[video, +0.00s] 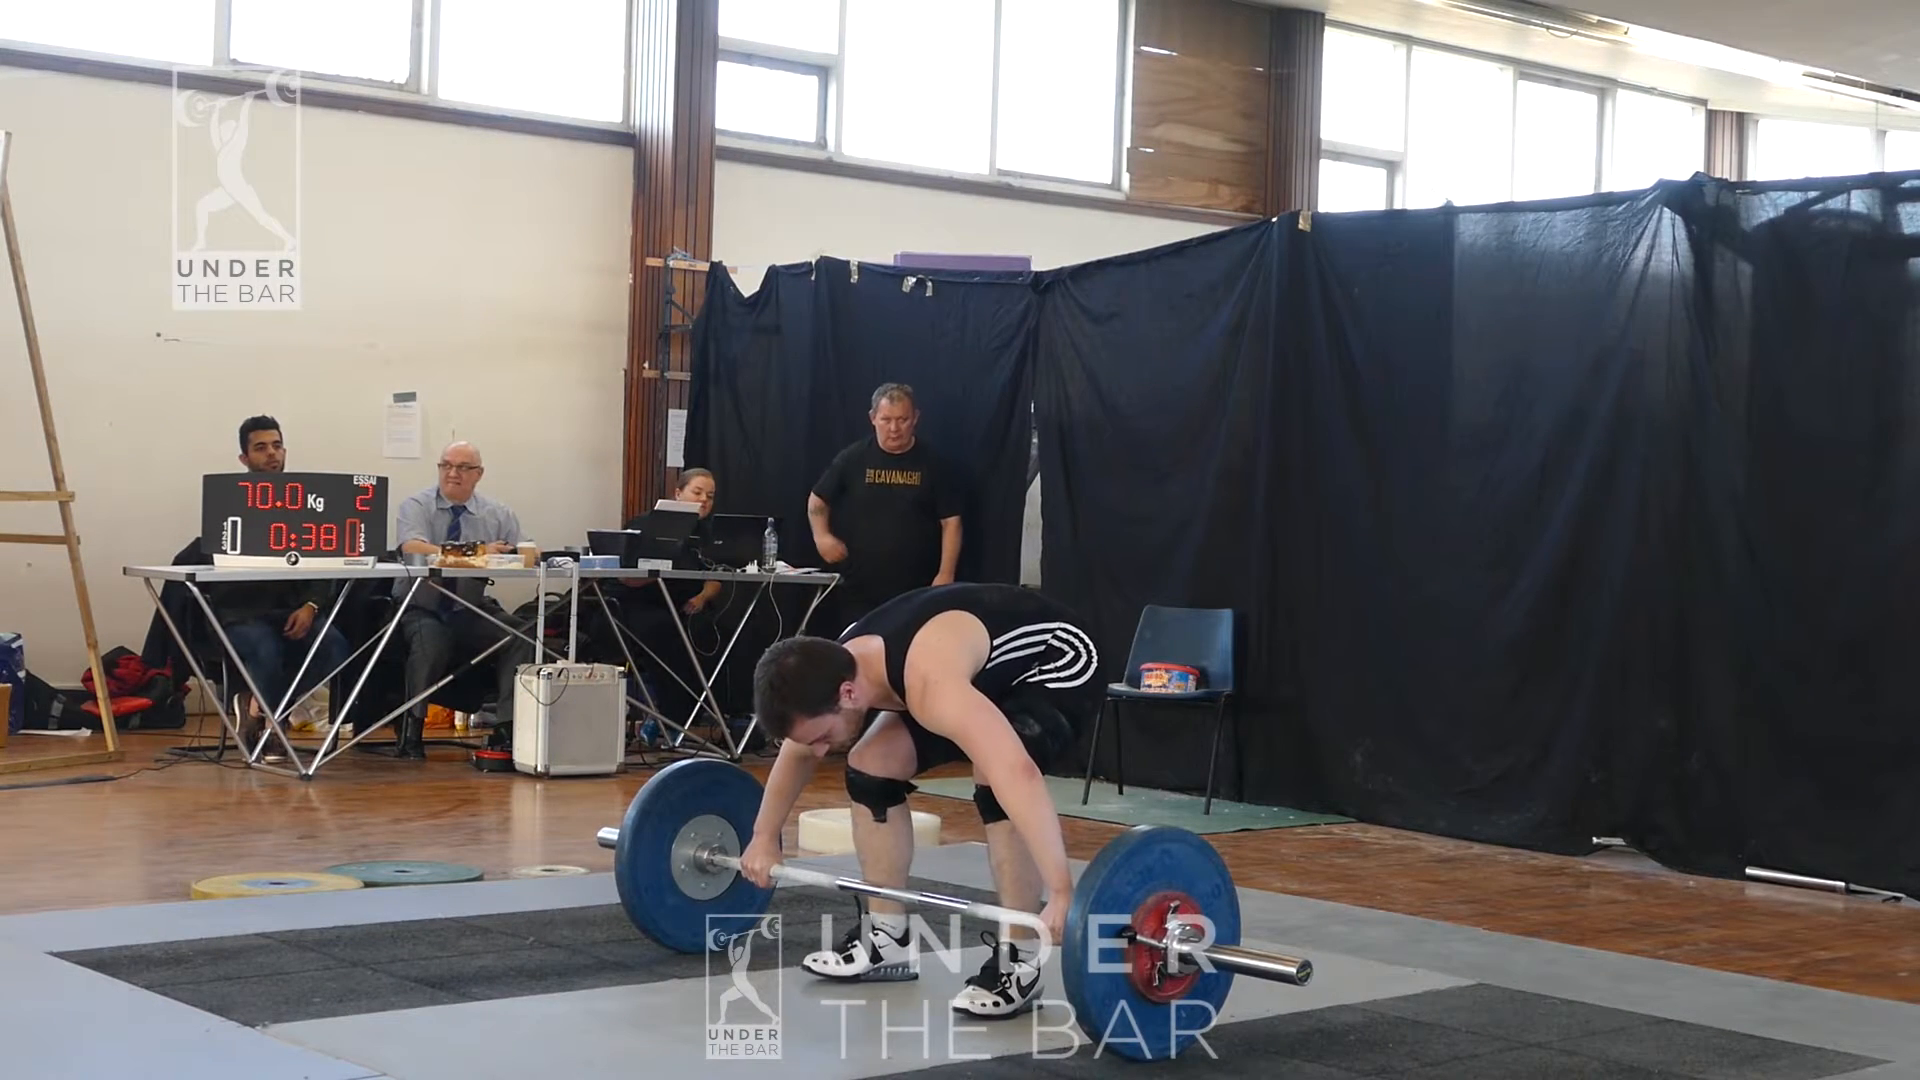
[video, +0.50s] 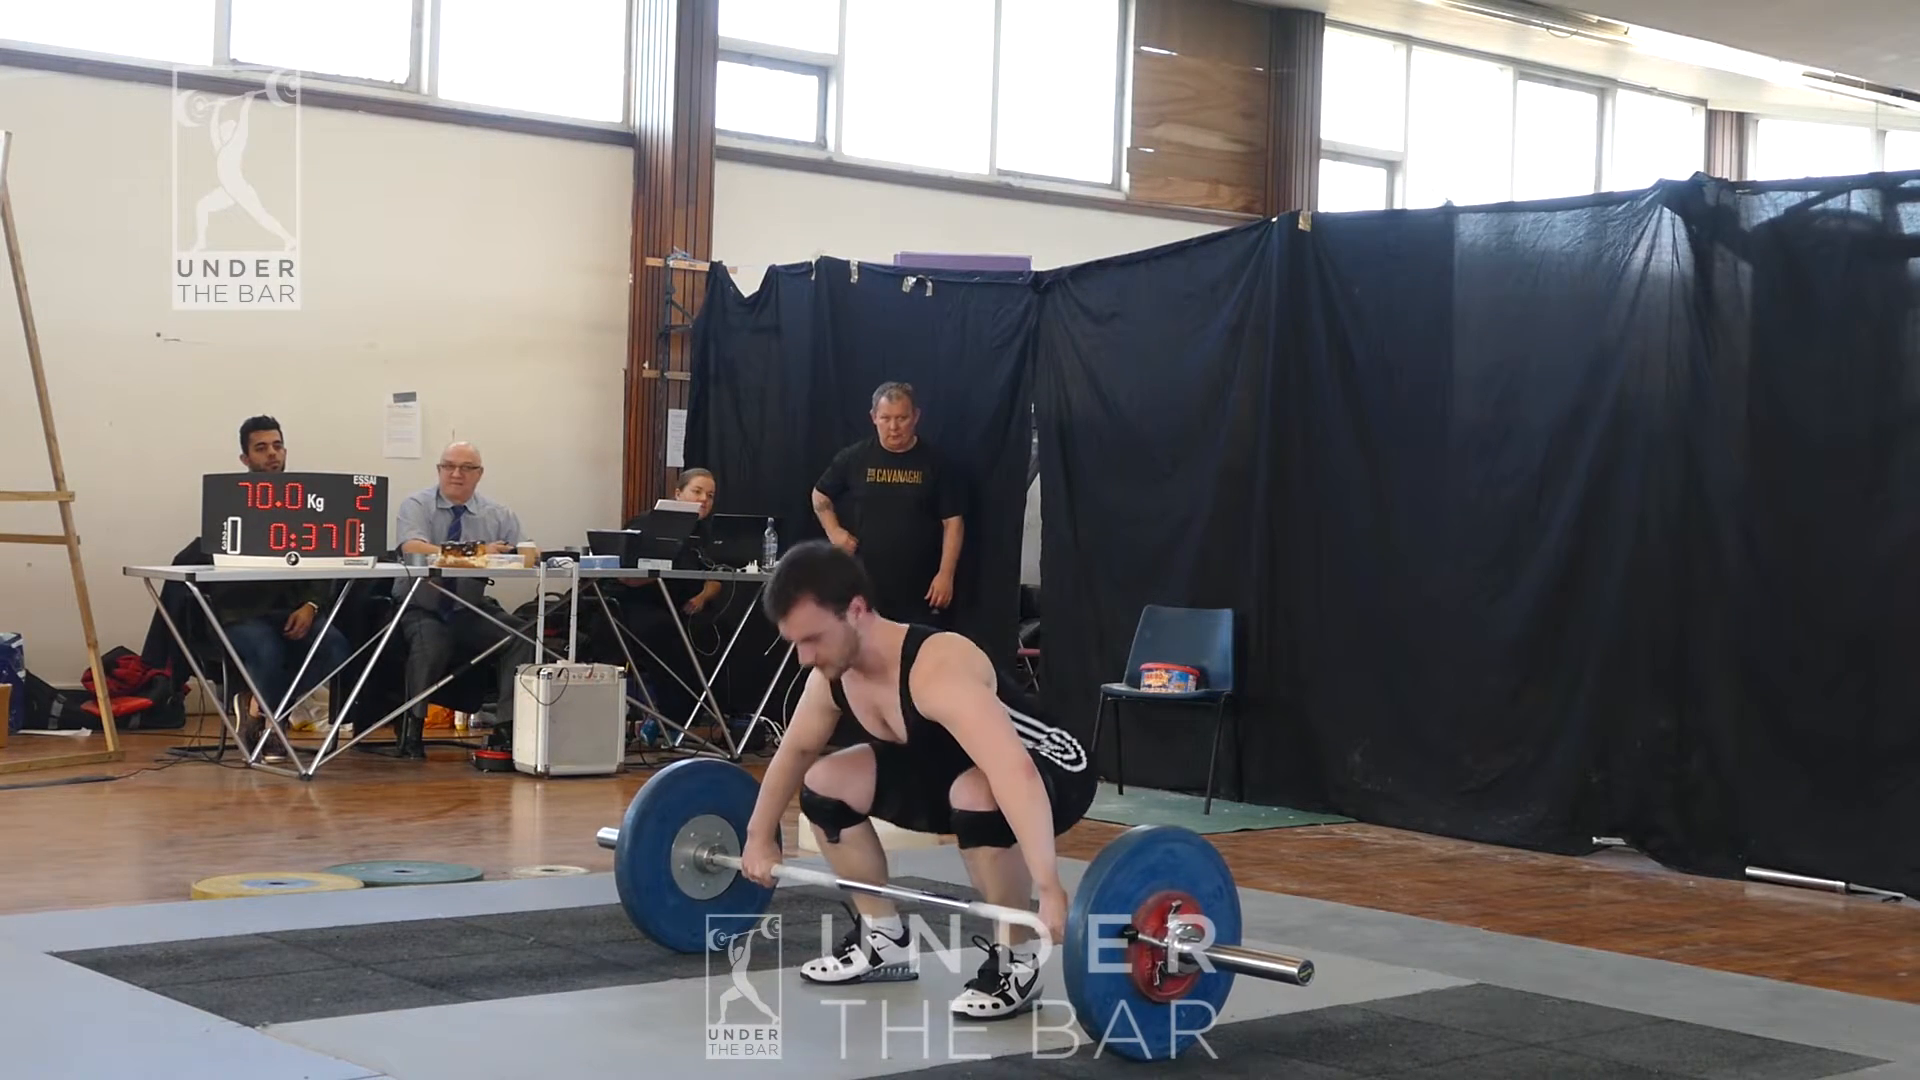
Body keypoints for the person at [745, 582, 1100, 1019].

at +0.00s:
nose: (818, 751)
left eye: (823, 736)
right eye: (806, 743)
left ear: (848, 693)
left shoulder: (935, 686)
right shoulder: (839, 666)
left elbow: (1019, 772)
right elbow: (798, 751)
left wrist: (1060, 889)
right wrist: (763, 835)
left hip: (1061, 661)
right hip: (980, 672)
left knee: (997, 782)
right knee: (872, 769)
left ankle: (1019, 961)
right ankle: (888, 942)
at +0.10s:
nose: (816, 746)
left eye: (821, 731)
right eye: (804, 739)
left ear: (848, 690)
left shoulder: (936, 684)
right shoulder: (834, 668)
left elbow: (1019, 772)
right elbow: (798, 751)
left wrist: (1060, 889)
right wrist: (764, 835)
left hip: (1063, 664)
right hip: (982, 673)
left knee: (995, 779)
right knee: (870, 769)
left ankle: (1020, 959)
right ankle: (888, 941)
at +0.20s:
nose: (810, 738)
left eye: (814, 725)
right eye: (797, 732)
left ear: (844, 683)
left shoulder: (933, 684)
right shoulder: (838, 668)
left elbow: (1015, 770)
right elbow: (796, 752)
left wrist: (1059, 890)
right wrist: (763, 834)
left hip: (1059, 685)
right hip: (977, 692)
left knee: (985, 780)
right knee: (856, 775)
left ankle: (1020, 959)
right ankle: (887, 939)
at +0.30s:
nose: (800, 720)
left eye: (806, 702)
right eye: (790, 708)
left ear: (840, 665)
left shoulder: (935, 682)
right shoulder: (828, 683)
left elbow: (1016, 770)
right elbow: (797, 752)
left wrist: (1057, 891)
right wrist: (762, 833)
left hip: (1058, 721)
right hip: (972, 723)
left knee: (978, 783)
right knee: (841, 778)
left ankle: (1018, 962)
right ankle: (885, 939)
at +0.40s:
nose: (801, 690)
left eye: (807, 675)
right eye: (791, 680)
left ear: (846, 638)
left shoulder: (937, 677)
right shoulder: (829, 677)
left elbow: (1015, 769)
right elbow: (795, 752)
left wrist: (1052, 890)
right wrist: (760, 833)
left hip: (1057, 750)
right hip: (961, 754)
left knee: (976, 788)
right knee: (832, 780)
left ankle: (1018, 962)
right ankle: (886, 942)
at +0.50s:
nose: (804, 658)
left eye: (812, 639)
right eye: (794, 644)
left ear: (857, 610)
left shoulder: (940, 670)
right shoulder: (832, 674)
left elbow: (1017, 772)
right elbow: (793, 752)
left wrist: (1048, 885)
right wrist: (760, 833)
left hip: (1050, 768)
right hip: (949, 770)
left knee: (973, 795)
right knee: (827, 784)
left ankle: (1016, 961)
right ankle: (885, 938)